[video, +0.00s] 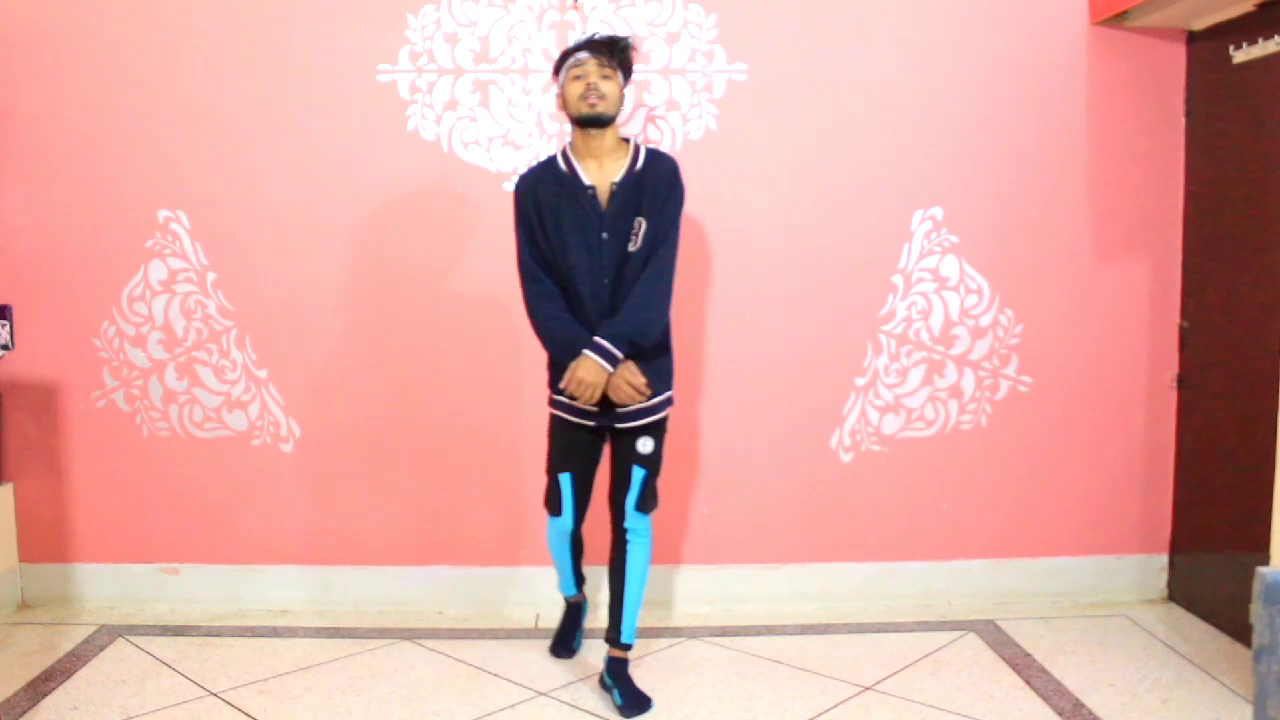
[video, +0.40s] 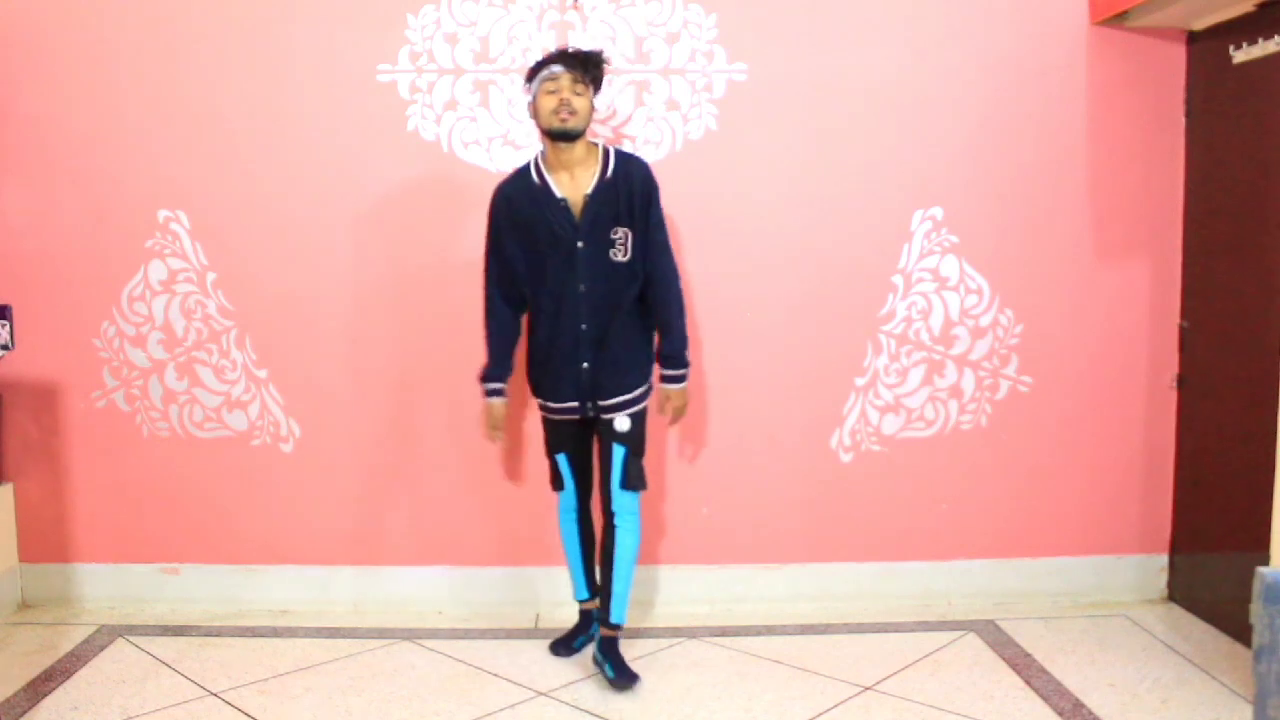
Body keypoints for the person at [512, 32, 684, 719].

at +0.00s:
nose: (590, 84)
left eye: (603, 75)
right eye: (576, 77)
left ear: (625, 91)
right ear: (560, 99)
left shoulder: (658, 170)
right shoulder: (536, 184)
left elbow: (657, 278)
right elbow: (538, 291)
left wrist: (601, 351)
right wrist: (600, 366)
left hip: (644, 369)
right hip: (572, 371)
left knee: (634, 513)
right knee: (564, 506)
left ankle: (618, 657)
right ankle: (573, 600)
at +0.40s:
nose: (564, 98)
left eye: (576, 88)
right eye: (551, 89)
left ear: (594, 103)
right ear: (532, 108)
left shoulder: (631, 175)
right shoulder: (513, 194)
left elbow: (660, 273)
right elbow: (503, 292)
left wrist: (674, 367)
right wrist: (495, 380)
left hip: (625, 364)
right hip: (556, 370)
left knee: (623, 497)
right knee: (571, 496)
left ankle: (611, 633)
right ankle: (587, 610)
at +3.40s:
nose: (699, 168)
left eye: (703, 156)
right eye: (696, 153)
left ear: (667, 150)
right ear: (660, 144)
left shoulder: (661, 212)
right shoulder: (620, 215)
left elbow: (684, 309)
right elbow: (620, 327)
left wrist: (718, 394)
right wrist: (656, 321)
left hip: (705, 407)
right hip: (667, 412)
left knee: (756, 513)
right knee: (653, 544)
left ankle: (680, 639)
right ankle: (566, 682)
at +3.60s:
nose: (749, 136)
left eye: (752, 124)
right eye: (750, 123)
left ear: (692, 110)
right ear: (731, 115)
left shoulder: (634, 164)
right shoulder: (723, 181)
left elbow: (594, 227)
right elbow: (725, 287)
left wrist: (657, 239)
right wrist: (793, 319)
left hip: (644, 377)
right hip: (713, 381)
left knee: (655, 495)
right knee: (759, 508)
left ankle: (665, 638)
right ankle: (769, 675)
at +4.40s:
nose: (758, 210)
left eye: (760, 198)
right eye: (756, 197)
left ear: (697, 193)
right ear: (736, 195)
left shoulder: (647, 245)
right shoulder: (749, 260)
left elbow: (609, 343)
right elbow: (747, 378)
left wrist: (641, 413)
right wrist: (824, 441)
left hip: (643, 447)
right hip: (723, 445)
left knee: (576, 502)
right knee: (761, 525)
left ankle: (594, 647)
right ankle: (786, 662)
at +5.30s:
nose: (674, 213)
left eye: (686, 204)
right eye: (662, 198)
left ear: (692, 215)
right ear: (634, 199)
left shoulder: (641, 285)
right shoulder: (610, 244)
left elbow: (613, 364)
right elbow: (557, 279)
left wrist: (629, 406)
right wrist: (535, 270)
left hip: (562, 428)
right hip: (506, 420)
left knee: (647, 511)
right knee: (534, 550)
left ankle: (588, 645)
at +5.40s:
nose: (653, 197)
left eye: (665, 188)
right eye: (642, 181)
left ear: (672, 199)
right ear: (614, 181)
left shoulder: (625, 263)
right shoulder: (583, 241)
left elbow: (608, 348)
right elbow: (519, 329)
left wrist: (623, 392)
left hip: (577, 434)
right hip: (513, 432)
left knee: (652, 528)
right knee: (489, 577)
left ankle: (595, 638)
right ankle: (398, 672)